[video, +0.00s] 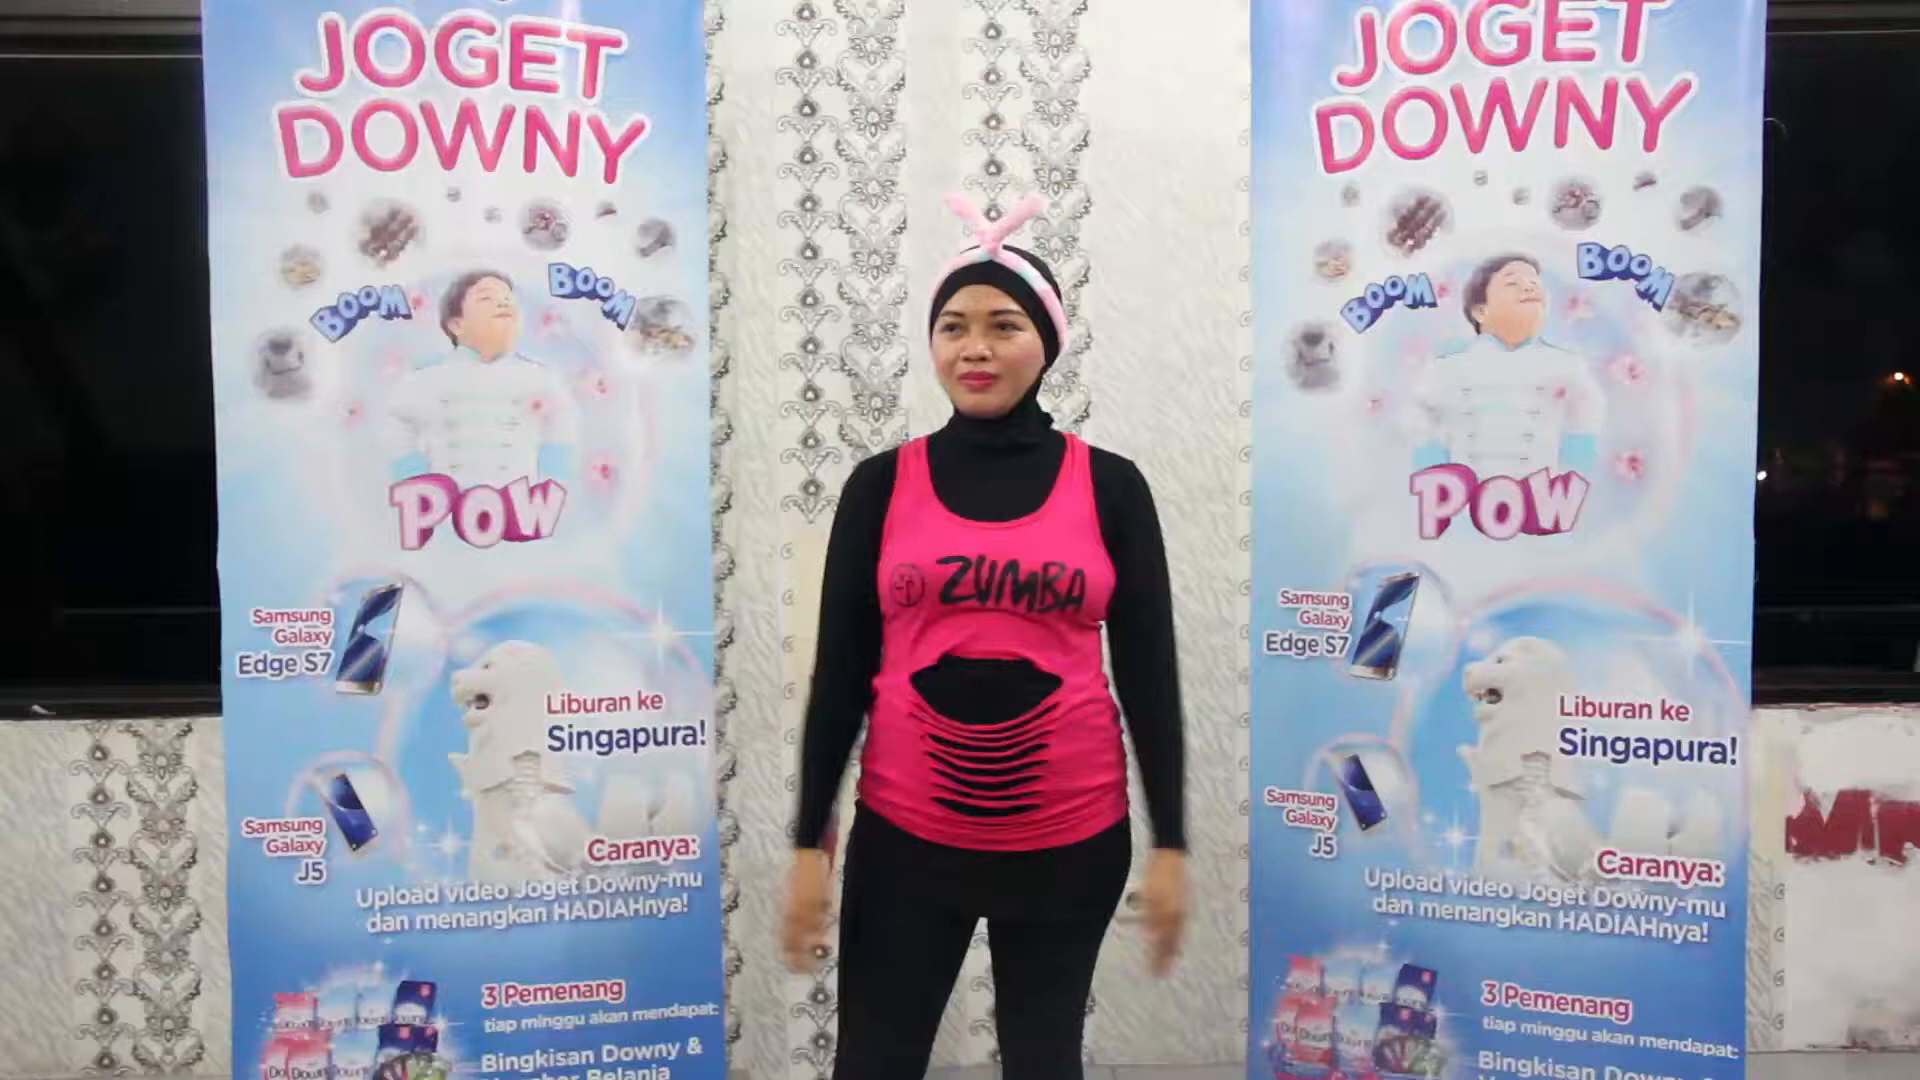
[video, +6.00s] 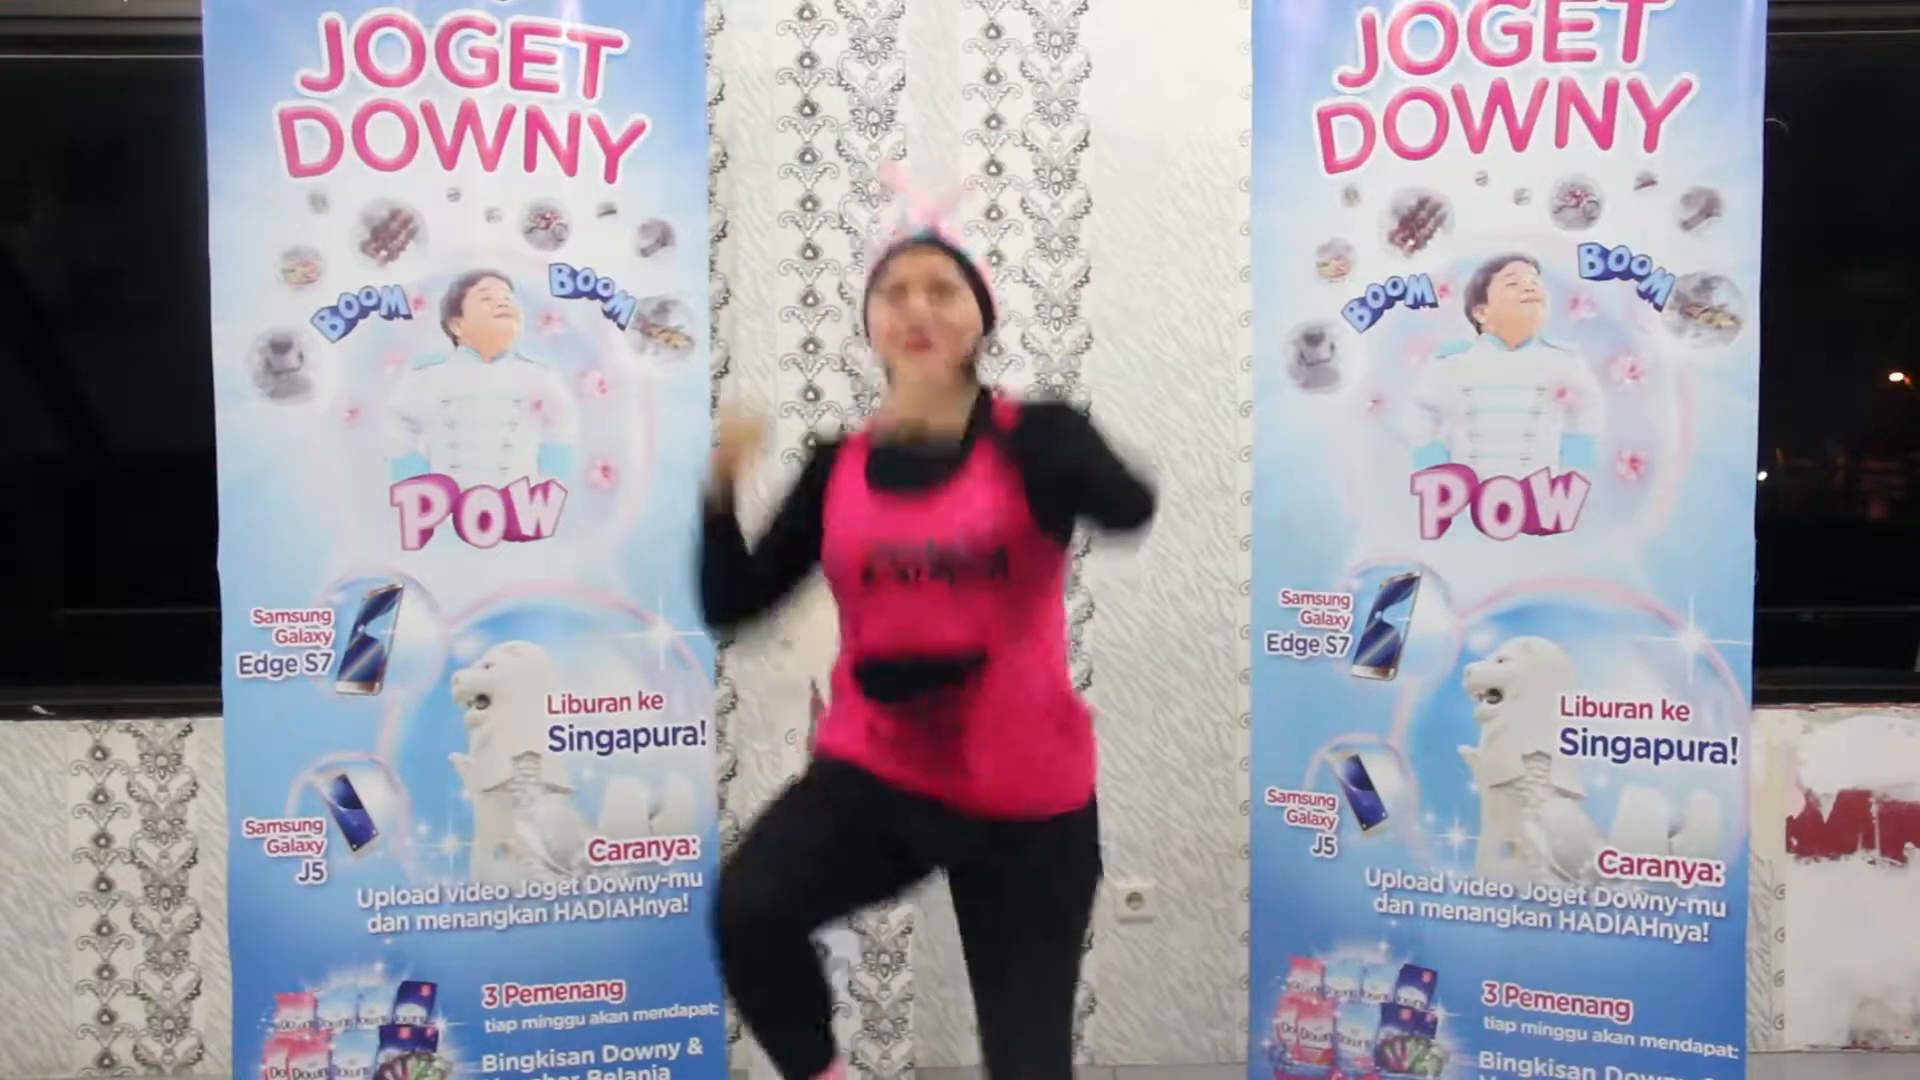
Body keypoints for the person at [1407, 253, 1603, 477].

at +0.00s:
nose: (1528, 287)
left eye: (1534, 282)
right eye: (1511, 282)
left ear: (1544, 302)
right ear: (1479, 311)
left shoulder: (1565, 366)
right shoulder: (1444, 369)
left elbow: (1583, 431)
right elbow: (1418, 424)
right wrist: (1434, 483)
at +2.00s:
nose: (1528, 286)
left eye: (1534, 281)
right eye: (1510, 281)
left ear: (1545, 298)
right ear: (1479, 311)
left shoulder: (1565, 364)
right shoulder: (1445, 367)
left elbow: (1581, 440)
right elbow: (1420, 430)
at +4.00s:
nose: (1528, 286)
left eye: (1534, 281)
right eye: (1510, 282)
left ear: (1545, 300)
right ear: (1478, 311)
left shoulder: (1564, 364)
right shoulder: (1445, 366)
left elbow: (1582, 431)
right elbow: (1416, 422)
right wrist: (1436, 481)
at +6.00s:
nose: (1529, 287)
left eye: (1535, 281)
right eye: (1511, 283)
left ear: (1545, 298)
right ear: (1480, 312)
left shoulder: (1565, 363)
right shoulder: (1447, 365)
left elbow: (1583, 432)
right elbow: (1415, 417)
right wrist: (1436, 478)